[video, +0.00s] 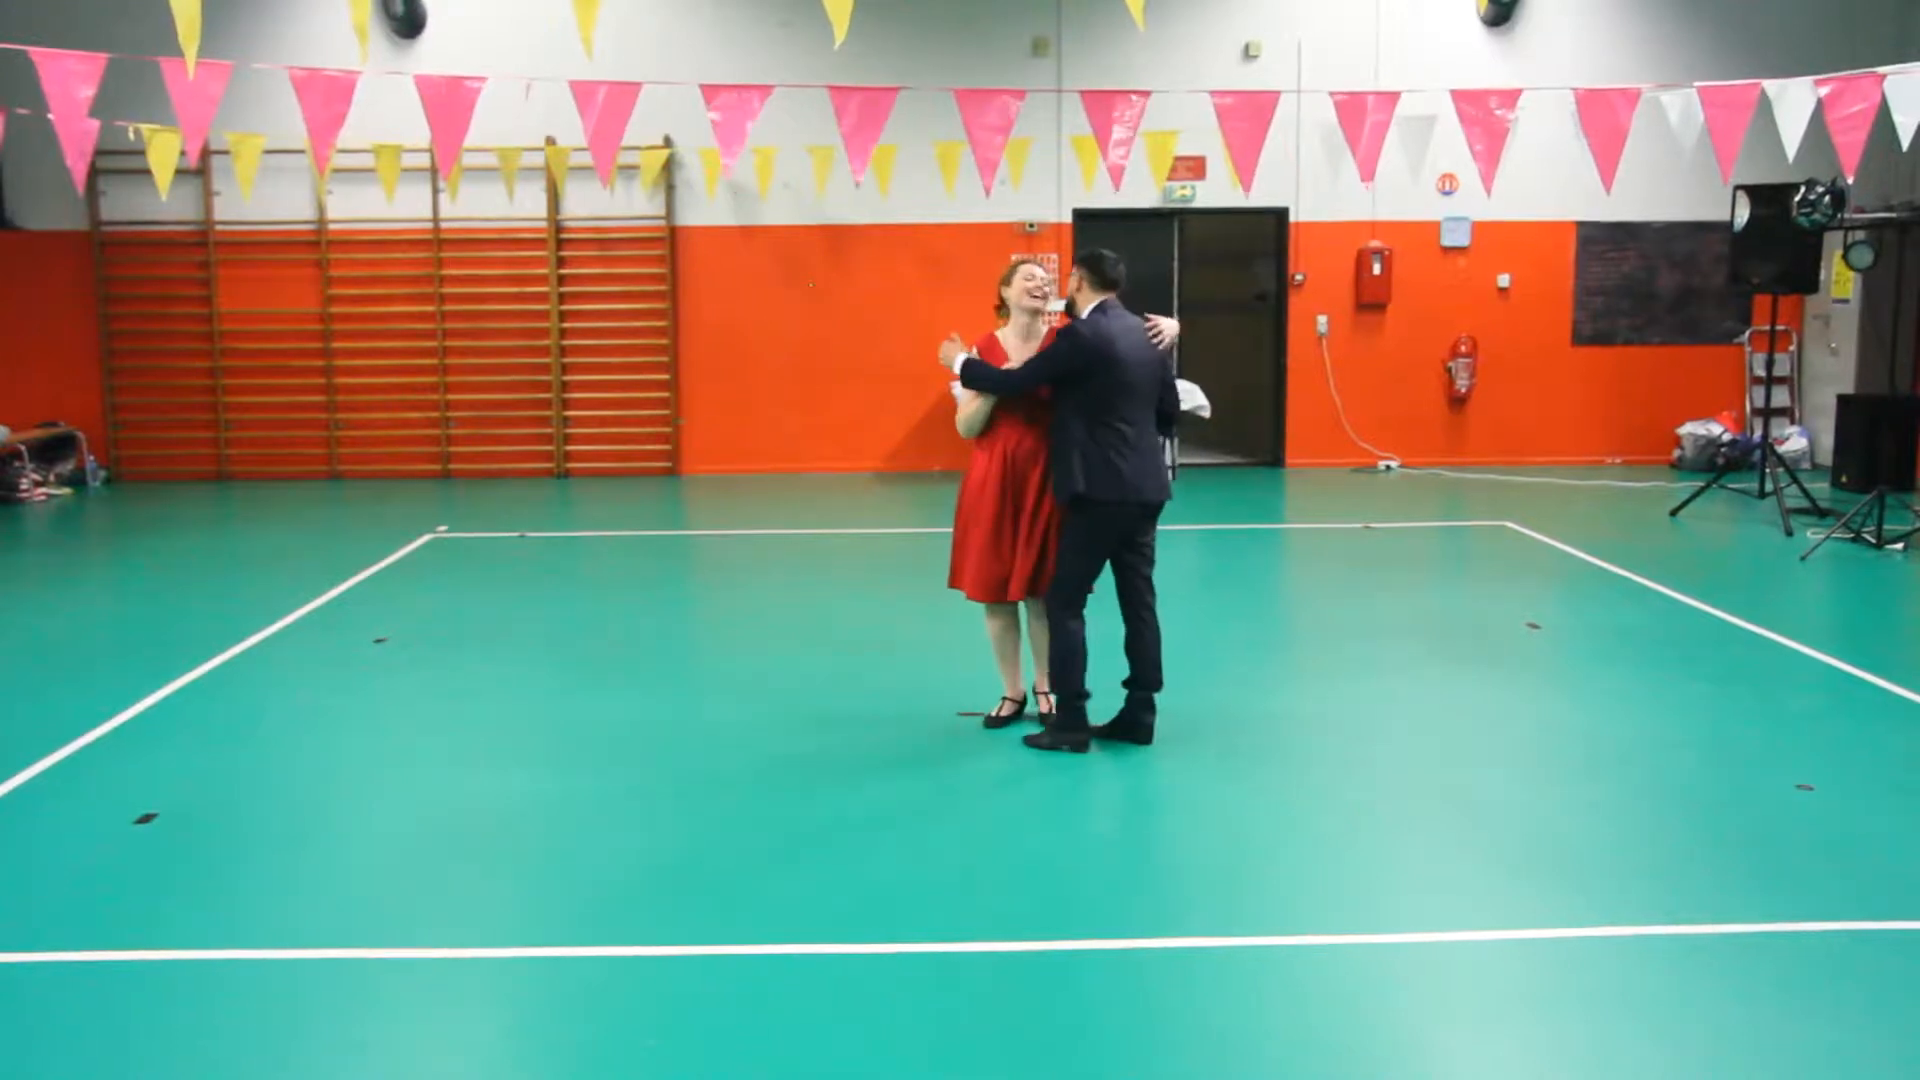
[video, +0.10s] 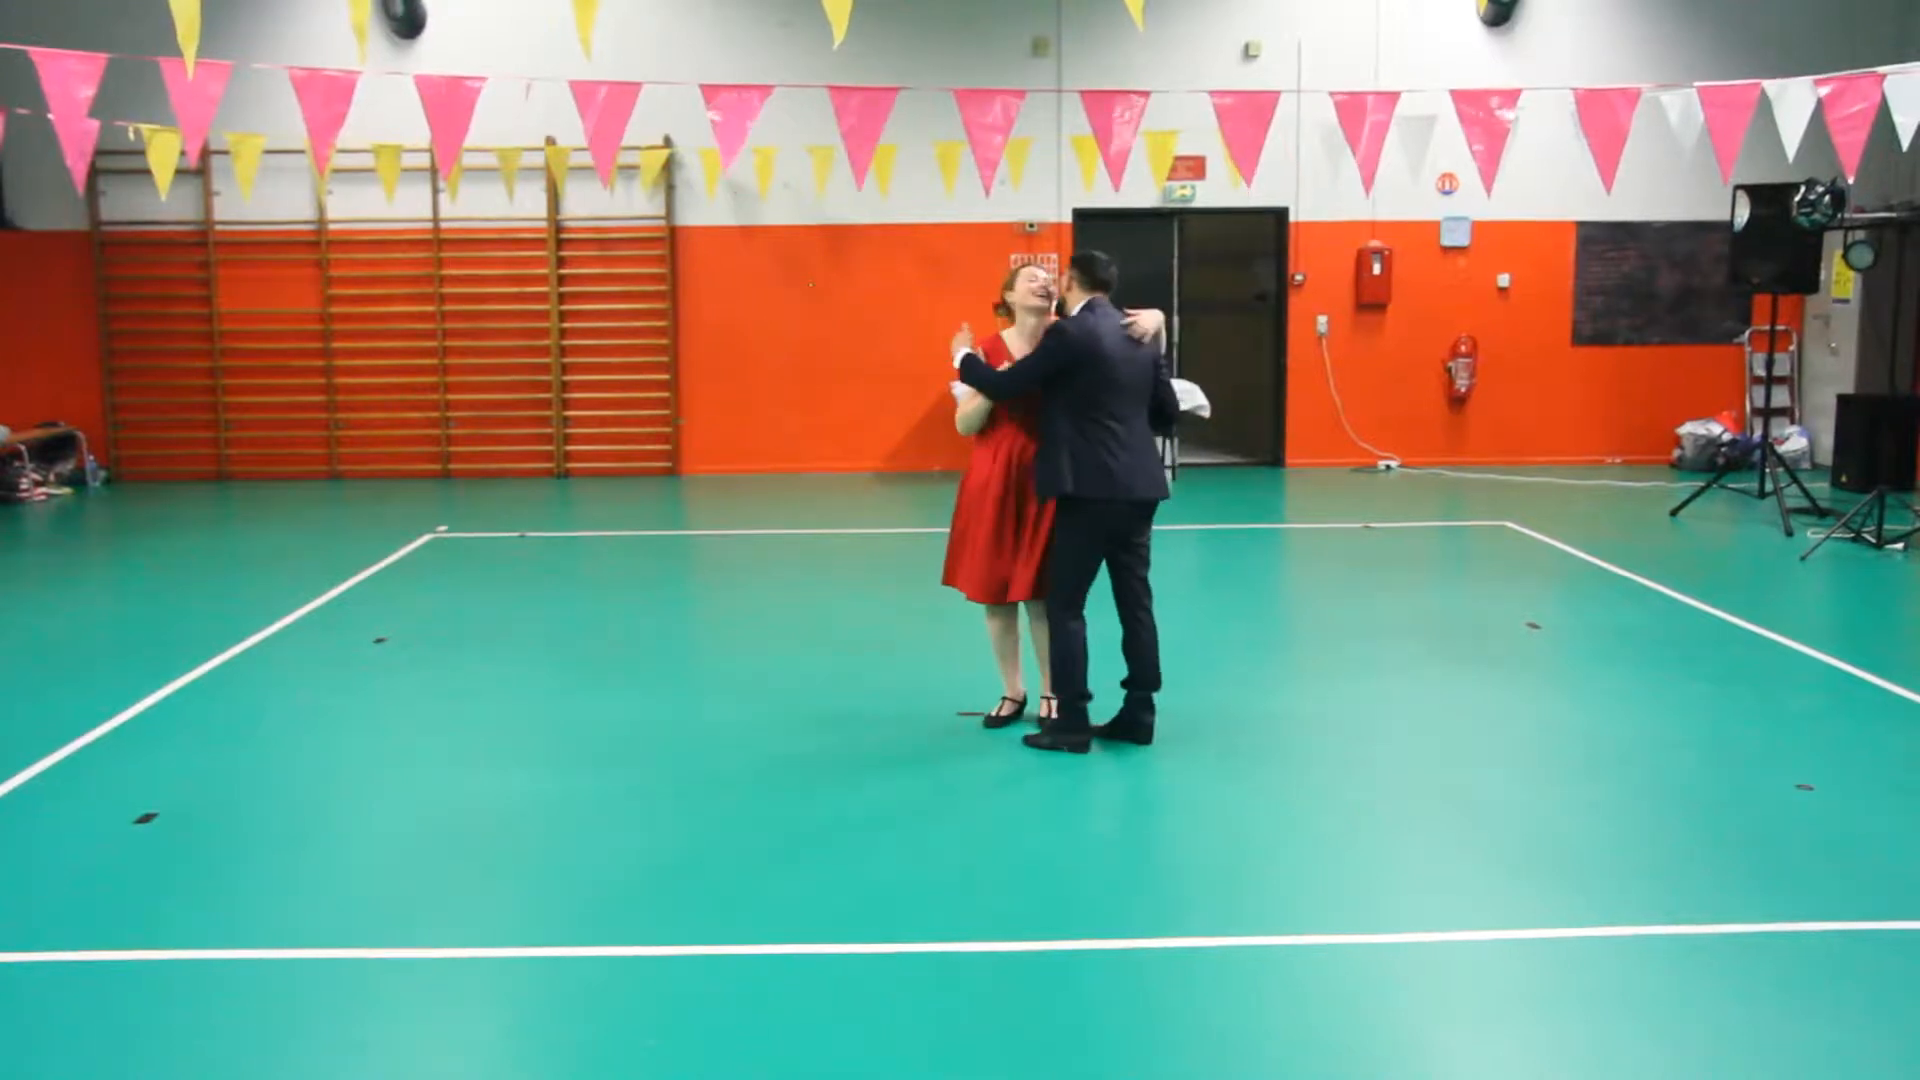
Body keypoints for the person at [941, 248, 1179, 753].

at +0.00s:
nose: (1055, 286)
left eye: (1060, 278)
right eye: (1049, 278)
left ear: (1077, 282)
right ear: (1118, 287)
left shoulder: (1081, 337)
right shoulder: (1149, 338)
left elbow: (1015, 379)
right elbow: (1168, 415)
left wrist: (961, 362)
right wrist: (1117, 404)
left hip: (1096, 487)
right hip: (1146, 486)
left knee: (1064, 602)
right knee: (1140, 605)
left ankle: (1068, 722)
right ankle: (1139, 716)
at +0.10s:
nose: (1054, 284)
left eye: (1059, 277)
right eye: (1055, 277)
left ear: (1070, 283)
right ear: (1110, 288)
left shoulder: (1069, 334)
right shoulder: (1143, 336)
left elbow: (1005, 383)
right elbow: (1166, 413)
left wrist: (965, 357)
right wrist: (1119, 410)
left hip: (1087, 486)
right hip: (1140, 485)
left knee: (1065, 604)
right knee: (1137, 603)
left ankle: (1069, 723)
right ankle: (1139, 715)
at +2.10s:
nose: (1006, 312)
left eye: (1008, 301)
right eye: (1004, 302)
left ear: (1026, 295)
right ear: (1053, 290)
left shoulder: (1042, 336)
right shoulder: (1102, 330)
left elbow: (998, 403)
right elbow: (1132, 408)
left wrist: (963, 382)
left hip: (1077, 485)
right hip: (1123, 481)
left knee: (1073, 603)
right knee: (1112, 598)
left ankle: (1073, 723)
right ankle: (1135, 713)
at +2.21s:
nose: (1009, 307)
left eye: (1010, 297)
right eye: (1007, 299)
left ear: (1027, 292)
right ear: (1055, 287)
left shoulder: (1043, 337)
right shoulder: (1103, 331)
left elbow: (998, 404)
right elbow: (1129, 410)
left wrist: (965, 384)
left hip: (1076, 487)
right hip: (1120, 482)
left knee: (1073, 603)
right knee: (1106, 597)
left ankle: (1073, 724)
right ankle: (1133, 712)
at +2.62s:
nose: (1034, 294)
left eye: (1037, 285)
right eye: (1030, 286)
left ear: (1048, 284)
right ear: (1090, 282)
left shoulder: (1056, 344)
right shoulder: (1122, 333)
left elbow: (1007, 406)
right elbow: (1122, 406)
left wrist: (975, 394)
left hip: (1068, 490)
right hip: (1110, 484)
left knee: (1065, 599)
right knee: (1069, 593)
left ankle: (1072, 723)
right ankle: (1105, 695)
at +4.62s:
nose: (1207, 291)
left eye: (1217, 281)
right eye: (1198, 282)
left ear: (1240, 285)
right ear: (1188, 289)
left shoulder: (1270, 341)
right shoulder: (1181, 340)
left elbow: (1292, 424)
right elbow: (1163, 405)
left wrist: (1291, 501)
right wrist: (1114, 448)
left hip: (1253, 492)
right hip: (1199, 490)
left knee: (1268, 610)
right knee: (1187, 607)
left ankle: (1270, 716)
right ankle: (1164, 713)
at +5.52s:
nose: (1206, 285)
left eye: (1215, 277)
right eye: (1196, 277)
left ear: (1230, 283)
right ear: (1181, 285)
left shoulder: (1255, 340)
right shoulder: (1161, 340)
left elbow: (1277, 417)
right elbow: (1137, 417)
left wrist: (1302, 486)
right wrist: (1105, 477)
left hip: (1237, 483)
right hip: (1177, 484)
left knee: (1256, 606)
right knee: (1175, 597)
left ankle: (1267, 713)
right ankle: (1175, 693)